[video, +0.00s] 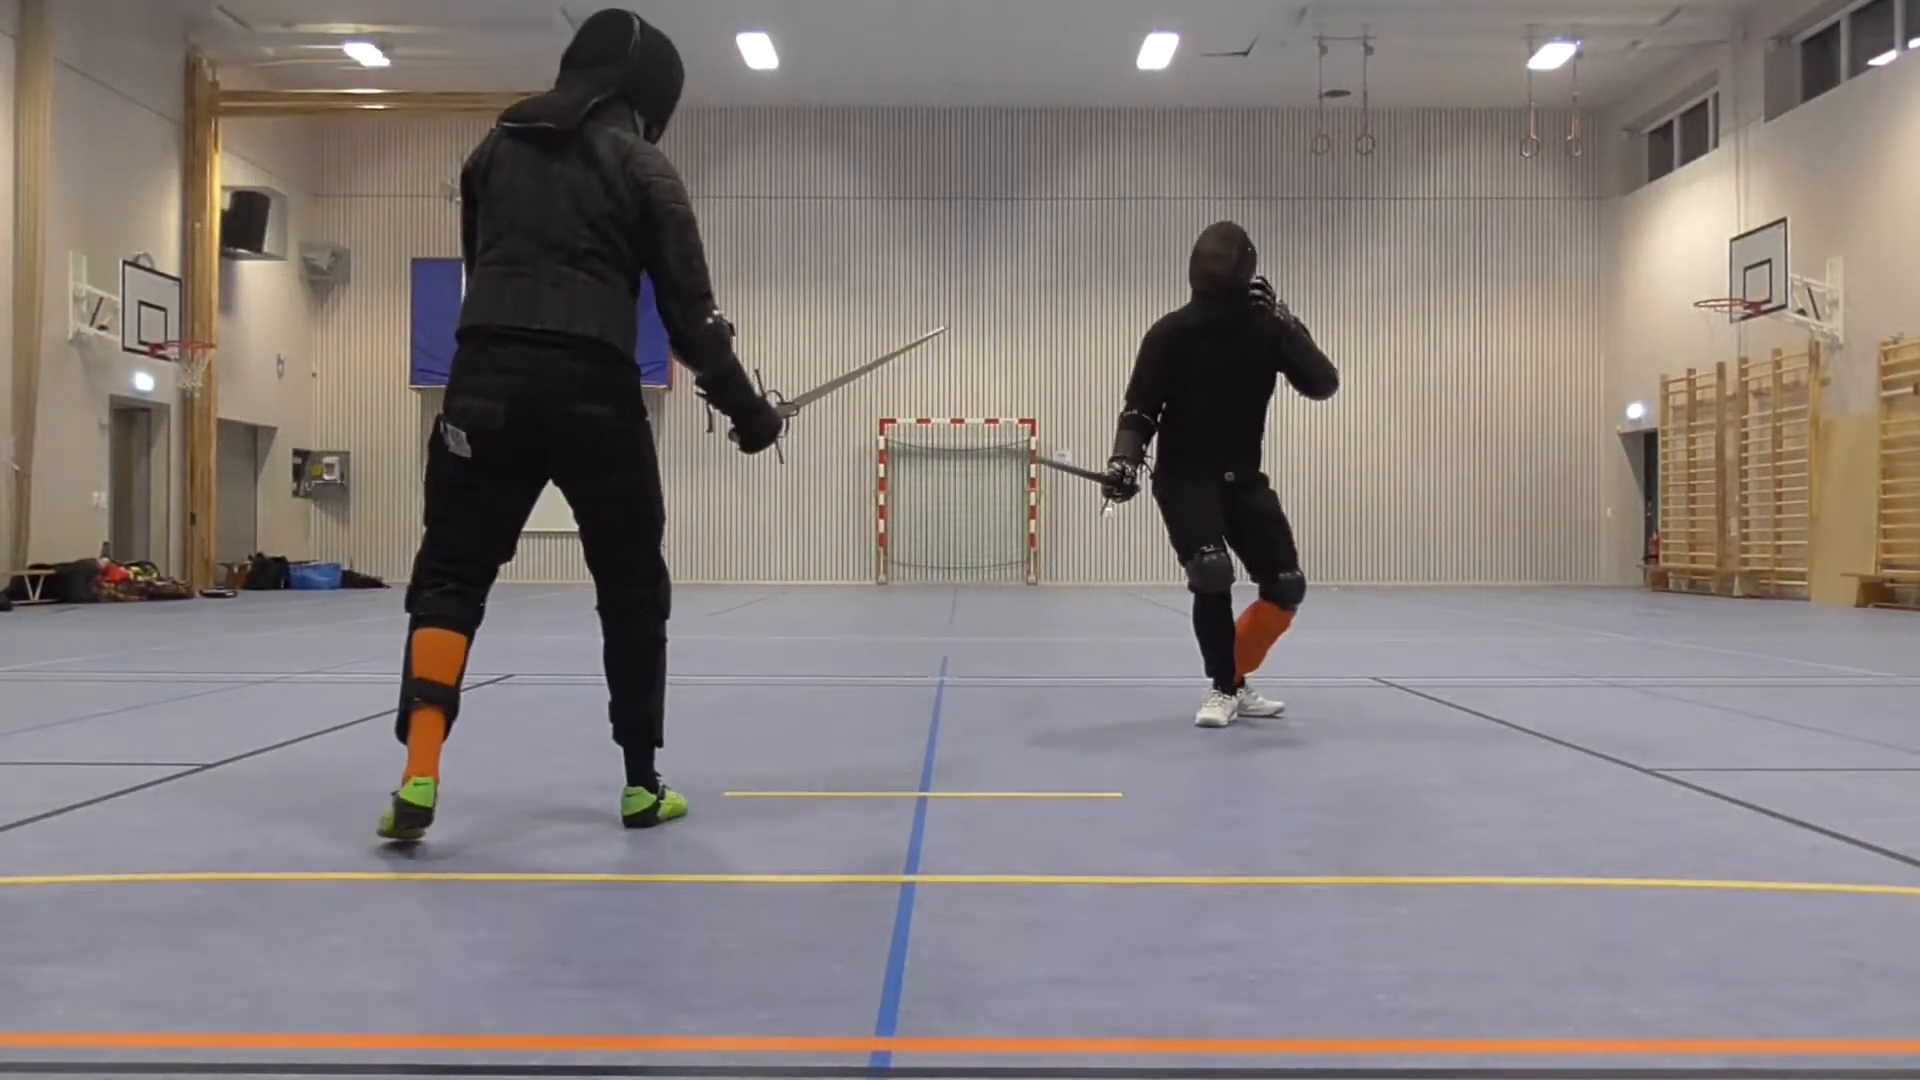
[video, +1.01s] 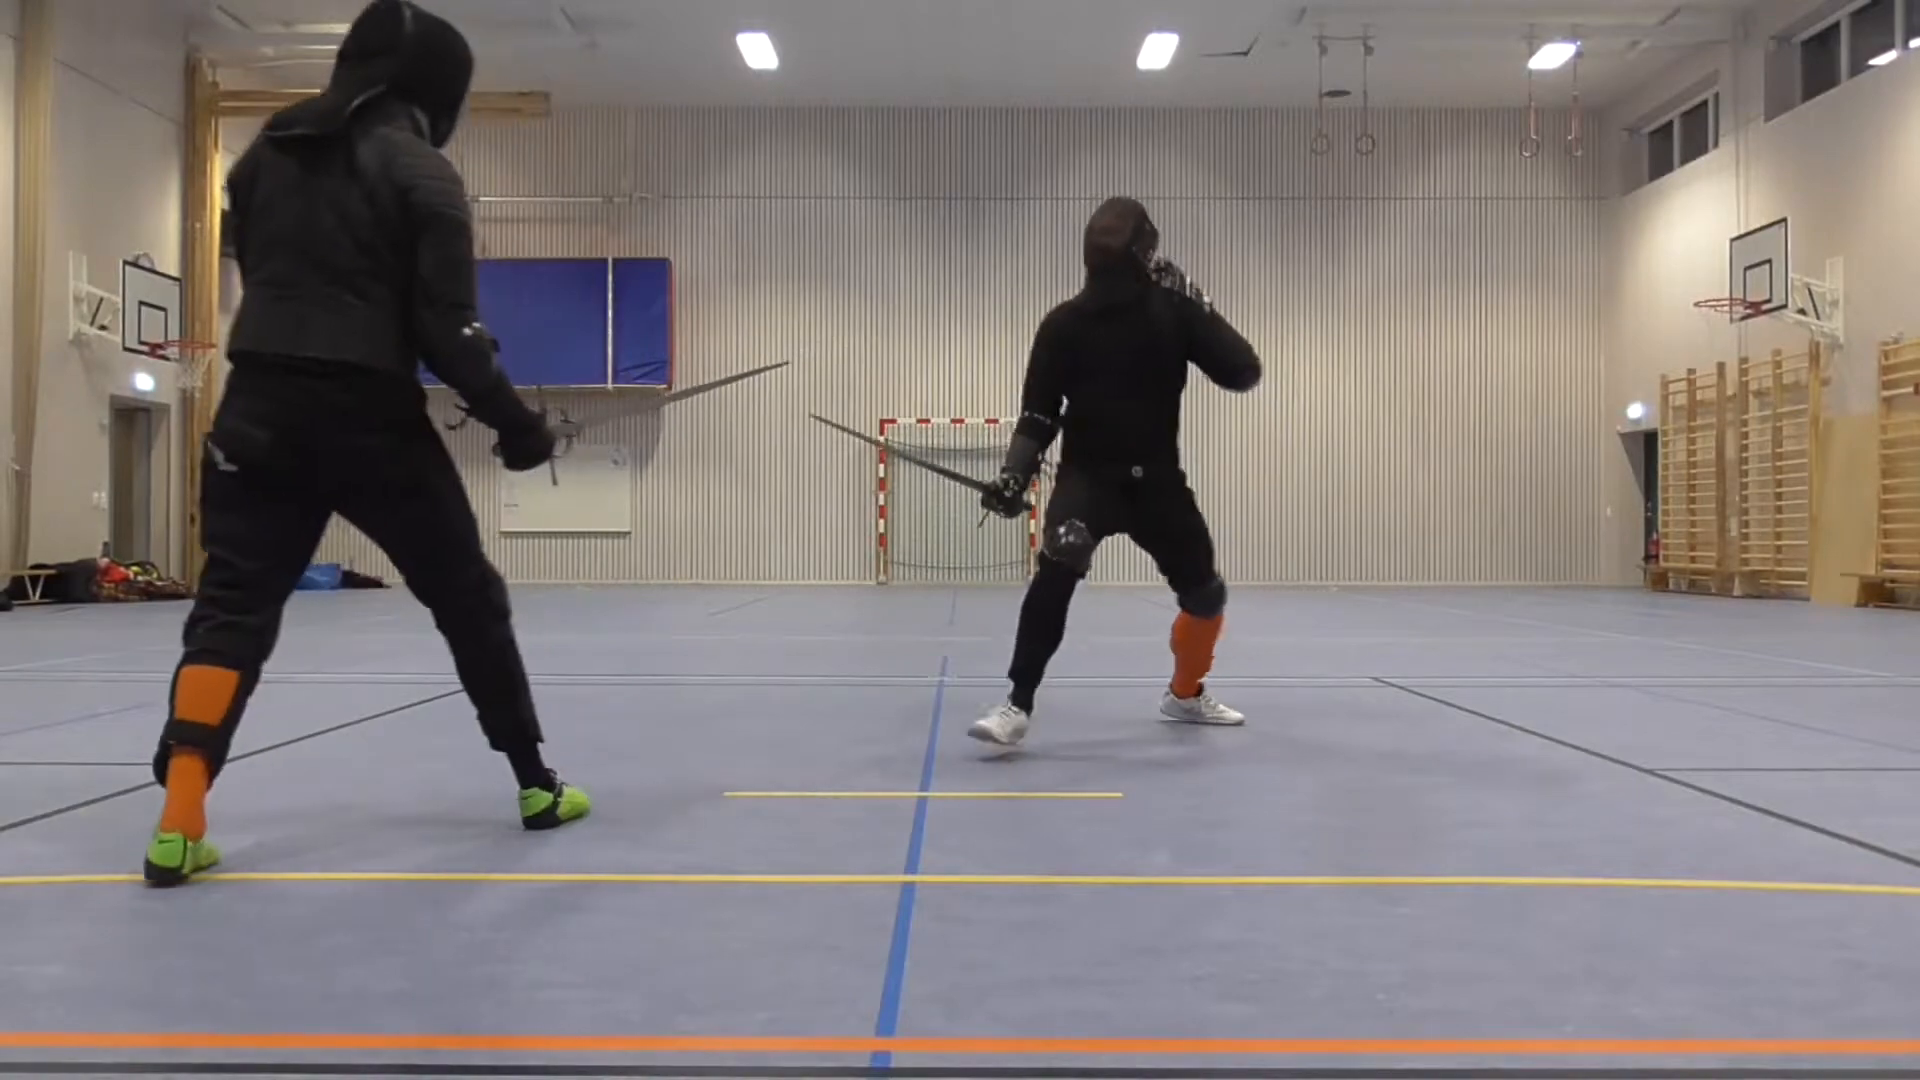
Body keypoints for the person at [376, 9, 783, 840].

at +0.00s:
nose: (664, 118)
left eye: (665, 104)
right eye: (664, 103)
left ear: (576, 76)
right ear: (643, 92)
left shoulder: (494, 151)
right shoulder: (640, 164)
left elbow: (483, 267)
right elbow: (689, 313)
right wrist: (745, 404)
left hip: (486, 391)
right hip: (596, 398)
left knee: (451, 573)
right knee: (632, 584)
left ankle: (418, 775)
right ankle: (642, 785)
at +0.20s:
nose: (627, 112)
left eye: (627, 98)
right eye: (625, 97)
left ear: (536, 71)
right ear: (606, 88)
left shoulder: (455, 154)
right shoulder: (607, 166)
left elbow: (448, 273)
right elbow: (647, 319)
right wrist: (702, 416)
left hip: (457, 393)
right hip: (566, 401)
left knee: (439, 583)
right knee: (613, 583)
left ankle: (415, 803)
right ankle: (639, 782)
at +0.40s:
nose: (580, 111)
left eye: (581, 97)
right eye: (580, 96)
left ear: (491, 68)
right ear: (561, 85)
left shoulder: (411, 151)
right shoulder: (563, 166)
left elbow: (397, 270)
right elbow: (596, 320)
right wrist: (647, 415)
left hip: (414, 395)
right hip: (521, 401)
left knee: (413, 584)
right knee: (580, 576)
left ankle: (412, 805)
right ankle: (609, 772)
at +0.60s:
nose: (564, 113)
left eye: (565, 99)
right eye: (562, 97)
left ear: (472, 70)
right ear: (543, 87)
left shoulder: (391, 154)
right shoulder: (544, 168)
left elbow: (380, 275)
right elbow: (575, 321)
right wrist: (626, 410)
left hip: (390, 392)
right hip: (498, 400)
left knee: (378, 579)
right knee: (549, 578)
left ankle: (398, 789)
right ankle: (548, 782)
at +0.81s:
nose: (522, 123)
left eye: (523, 109)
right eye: (520, 108)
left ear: (427, 82)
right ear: (499, 99)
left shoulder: (345, 169)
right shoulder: (500, 183)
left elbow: (339, 279)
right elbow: (537, 332)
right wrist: (598, 419)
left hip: (345, 412)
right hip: (452, 419)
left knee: (300, 592)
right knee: (539, 583)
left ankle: (215, 778)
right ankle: (545, 785)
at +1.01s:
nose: (454, 113)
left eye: (456, 97)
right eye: (453, 96)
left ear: (358, 73)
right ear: (427, 89)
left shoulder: (267, 154)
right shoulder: (423, 173)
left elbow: (248, 256)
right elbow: (447, 330)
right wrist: (520, 426)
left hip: (258, 410)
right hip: (372, 417)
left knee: (232, 604)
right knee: (467, 593)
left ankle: (179, 823)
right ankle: (534, 784)